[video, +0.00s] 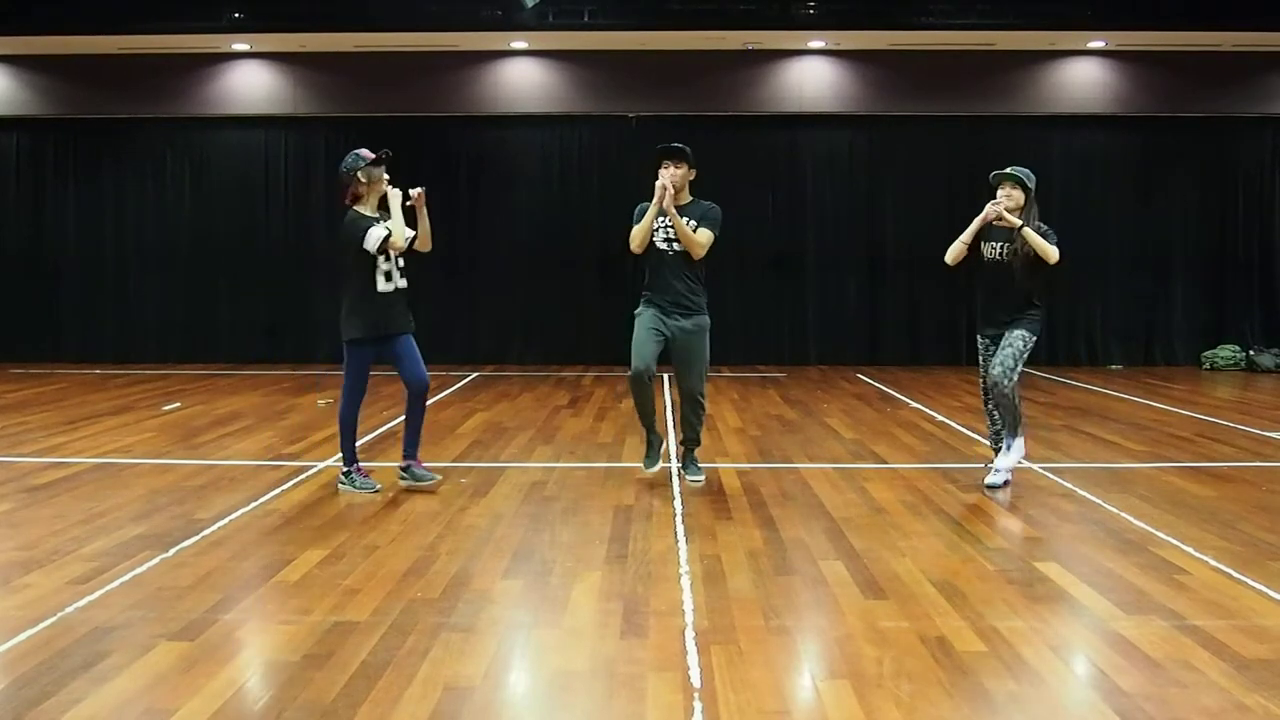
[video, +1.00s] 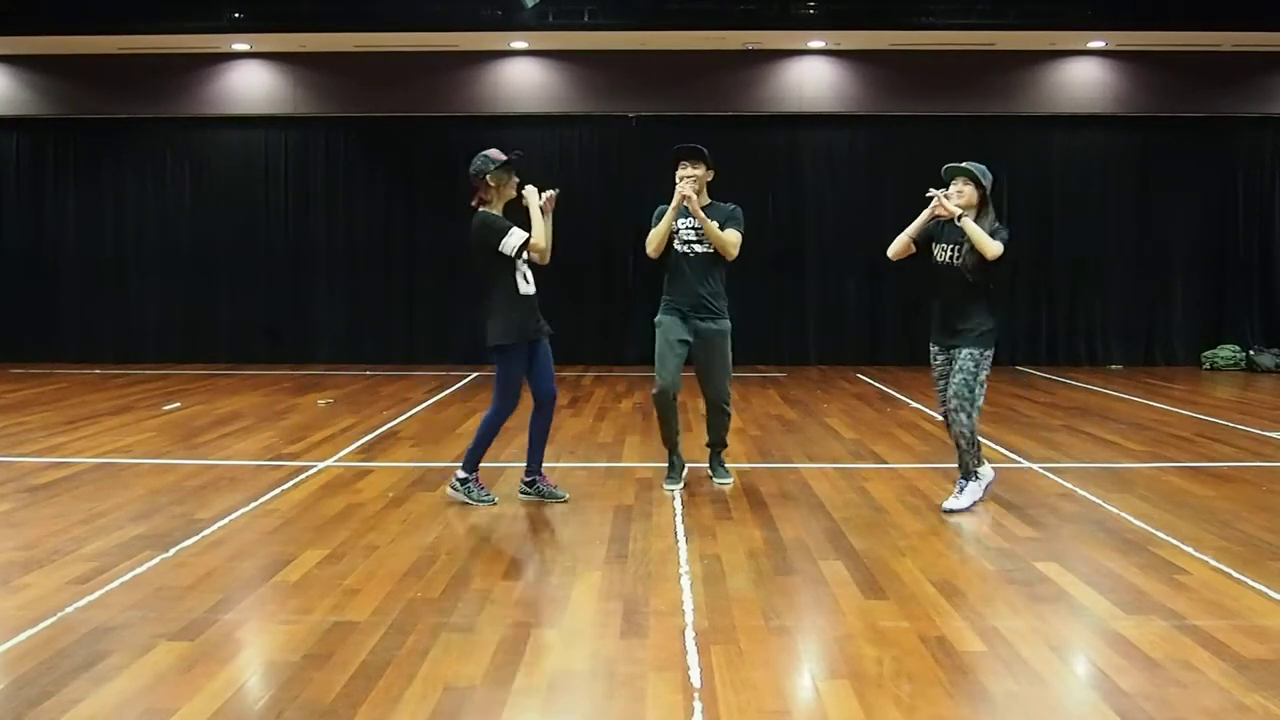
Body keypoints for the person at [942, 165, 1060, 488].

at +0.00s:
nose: (1004, 193)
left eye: (1013, 189)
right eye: (1001, 188)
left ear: (1027, 196)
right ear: (995, 194)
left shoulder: (1037, 230)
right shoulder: (983, 229)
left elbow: (1052, 256)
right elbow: (951, 258)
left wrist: (1019, 225)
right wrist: (979, 222)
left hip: (1024, 319)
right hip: (988, 320)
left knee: (999, 379)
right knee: (990, 390)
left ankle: (1013, 440)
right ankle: (1001, 459)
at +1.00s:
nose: (955, 190)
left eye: (964, 185)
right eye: (953, 185)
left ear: (981, 194)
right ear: (947, 192)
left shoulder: (994, 229)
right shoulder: (938, 226)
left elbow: (992, 252)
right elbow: (895, 253)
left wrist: (959, 217)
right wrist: (926, 215)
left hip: (976, 333)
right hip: (941, 332)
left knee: (959, 404)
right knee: (948, 409)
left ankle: (968, 479)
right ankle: (979, 467)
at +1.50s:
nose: (909, 190)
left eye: (918, 185)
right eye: (908, 184)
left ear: (938, 192)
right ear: (906, 193)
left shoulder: (952, 233)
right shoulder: (897, 231)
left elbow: (931, 261)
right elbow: (850, 260)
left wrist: (902, 220)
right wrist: (877, 220)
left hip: (934, 339)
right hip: (897, 338)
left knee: (919, 415)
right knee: (896, 419)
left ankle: (953, 470)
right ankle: (914, 492)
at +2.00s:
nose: (858, 192)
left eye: (867, 186)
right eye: (856, 186)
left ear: (887, 191)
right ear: (851, 192)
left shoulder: (901, 234)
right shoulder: (846, 232)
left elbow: (894, 262)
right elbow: (801, 264)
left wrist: (863, 220)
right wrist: (826, 219)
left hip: (877, 345)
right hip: (843, 342)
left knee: (860, 425)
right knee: (837, 426)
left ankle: (865, 506)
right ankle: (892, 469)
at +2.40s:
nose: (802, 173)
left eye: (812, 167)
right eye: (802, 167)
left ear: (834, 177)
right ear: (803, 179)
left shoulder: (849, 221)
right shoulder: (793, 221)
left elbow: (824, 251)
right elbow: (742, 257)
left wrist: (795, 205)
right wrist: (765, 212)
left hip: (838, 342)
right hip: (798, 340)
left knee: (840, 423)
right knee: (788, 422)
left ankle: (861, 499)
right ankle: (797, 510)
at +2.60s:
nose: (784, 183)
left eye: (794, 177)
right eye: (781, 176)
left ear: (812, 185)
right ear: (775, 184)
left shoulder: (829, 232)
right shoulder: (765, 230)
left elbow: (831, 267)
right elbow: (725, 268)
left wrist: (793, 226)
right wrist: (749, 223)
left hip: (808, 343)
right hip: (768, 342)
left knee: (765, 408)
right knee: (770, 430)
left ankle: (813, 455)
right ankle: (798, 515)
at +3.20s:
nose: (727, 174)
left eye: (736, 167)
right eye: (720, 167)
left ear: (750, 173)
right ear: (709, 173)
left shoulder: (763, 218)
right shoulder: (696, 216)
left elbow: (784, 257)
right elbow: (653, 257)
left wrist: (743, 216)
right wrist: (684, 212)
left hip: (745, 345)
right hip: (698, 338)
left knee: (739, 438)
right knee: (681, 409)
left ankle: (737, 521)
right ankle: (701, 471)